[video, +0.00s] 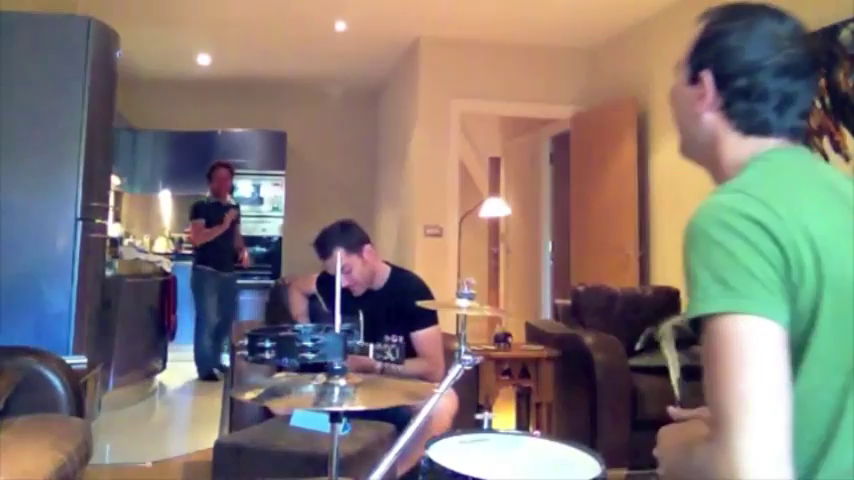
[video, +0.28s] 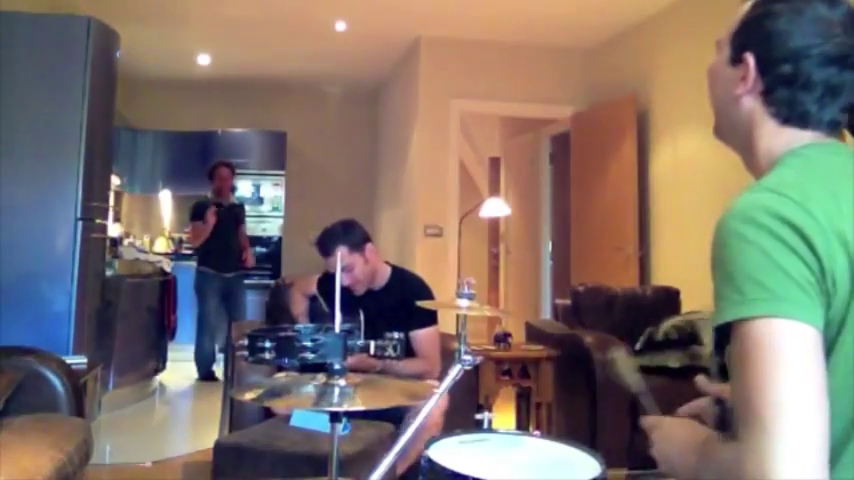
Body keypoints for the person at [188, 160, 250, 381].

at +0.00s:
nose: (222, 183)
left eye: (226, 178)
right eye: (218, 178)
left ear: (231, 182)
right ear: (210, 182)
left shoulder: (233, 209)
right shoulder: (201, 207)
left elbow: (236, 236)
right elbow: (197, 237)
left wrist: (242, 250)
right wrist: (223, 226)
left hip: (228, 270)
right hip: (207, 268)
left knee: (226, 318)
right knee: (209, 318)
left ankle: (216, 359)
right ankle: (204, 366)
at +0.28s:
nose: (223, 183)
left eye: (227, 178)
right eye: (219, 178)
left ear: (232, 181)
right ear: (212, 182)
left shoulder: (238, 208)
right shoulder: (201, 207)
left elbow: (242, 234)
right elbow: (194, 239)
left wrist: (247, 250)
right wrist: (208, 225)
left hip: (235, 272)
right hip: (210, 272)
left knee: (238, 321)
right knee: (209, 321)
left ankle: (235, 366)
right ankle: (205, 367)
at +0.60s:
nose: (234, 181)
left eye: (237, 177)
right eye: (229, 177)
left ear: (243, 179)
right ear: (221, 181)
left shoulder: (252, 208)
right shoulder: (211, 208)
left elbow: (259, 233)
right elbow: (199, 240)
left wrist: (264, 249)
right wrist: (217, 237)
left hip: (245, 276)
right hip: (217, 276)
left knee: (247, 323)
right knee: (213, 324)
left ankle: (244, 367)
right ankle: (207, 367)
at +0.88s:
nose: (250, 179)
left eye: (253, 174)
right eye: (245, 174)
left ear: (259, 177)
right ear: (236, 178)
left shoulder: (268, 205)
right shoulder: (225, 205)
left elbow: (276, 230)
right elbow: (215, 239)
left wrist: (276, 245)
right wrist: (233, 227)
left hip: (261, 275)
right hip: (232, 274)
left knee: (258, 324)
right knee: (227, 323)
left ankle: (256, 367)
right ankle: (213, 365)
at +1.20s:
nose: (262, 178)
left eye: (266, 173)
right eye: (257, 173)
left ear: (272, 175)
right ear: (249, 176)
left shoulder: (281, 204)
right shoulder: (237, 203)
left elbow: (289, 230)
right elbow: (226, 239)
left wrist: (287, 248)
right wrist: (245, 233)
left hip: (273, 271)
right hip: (246, 270)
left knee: (274, 322)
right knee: (254, 323)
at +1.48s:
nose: (269, 179)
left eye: (273, 174)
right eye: (264, 175)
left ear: (279, 175)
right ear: (255, 178)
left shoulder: (288, 206)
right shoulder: (245, 206)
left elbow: (295, 237)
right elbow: (233, 243)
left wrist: (299, 265)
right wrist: (257, 238)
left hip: (283, 276)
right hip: (255, 275)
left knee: (285, 327)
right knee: (260, 326)